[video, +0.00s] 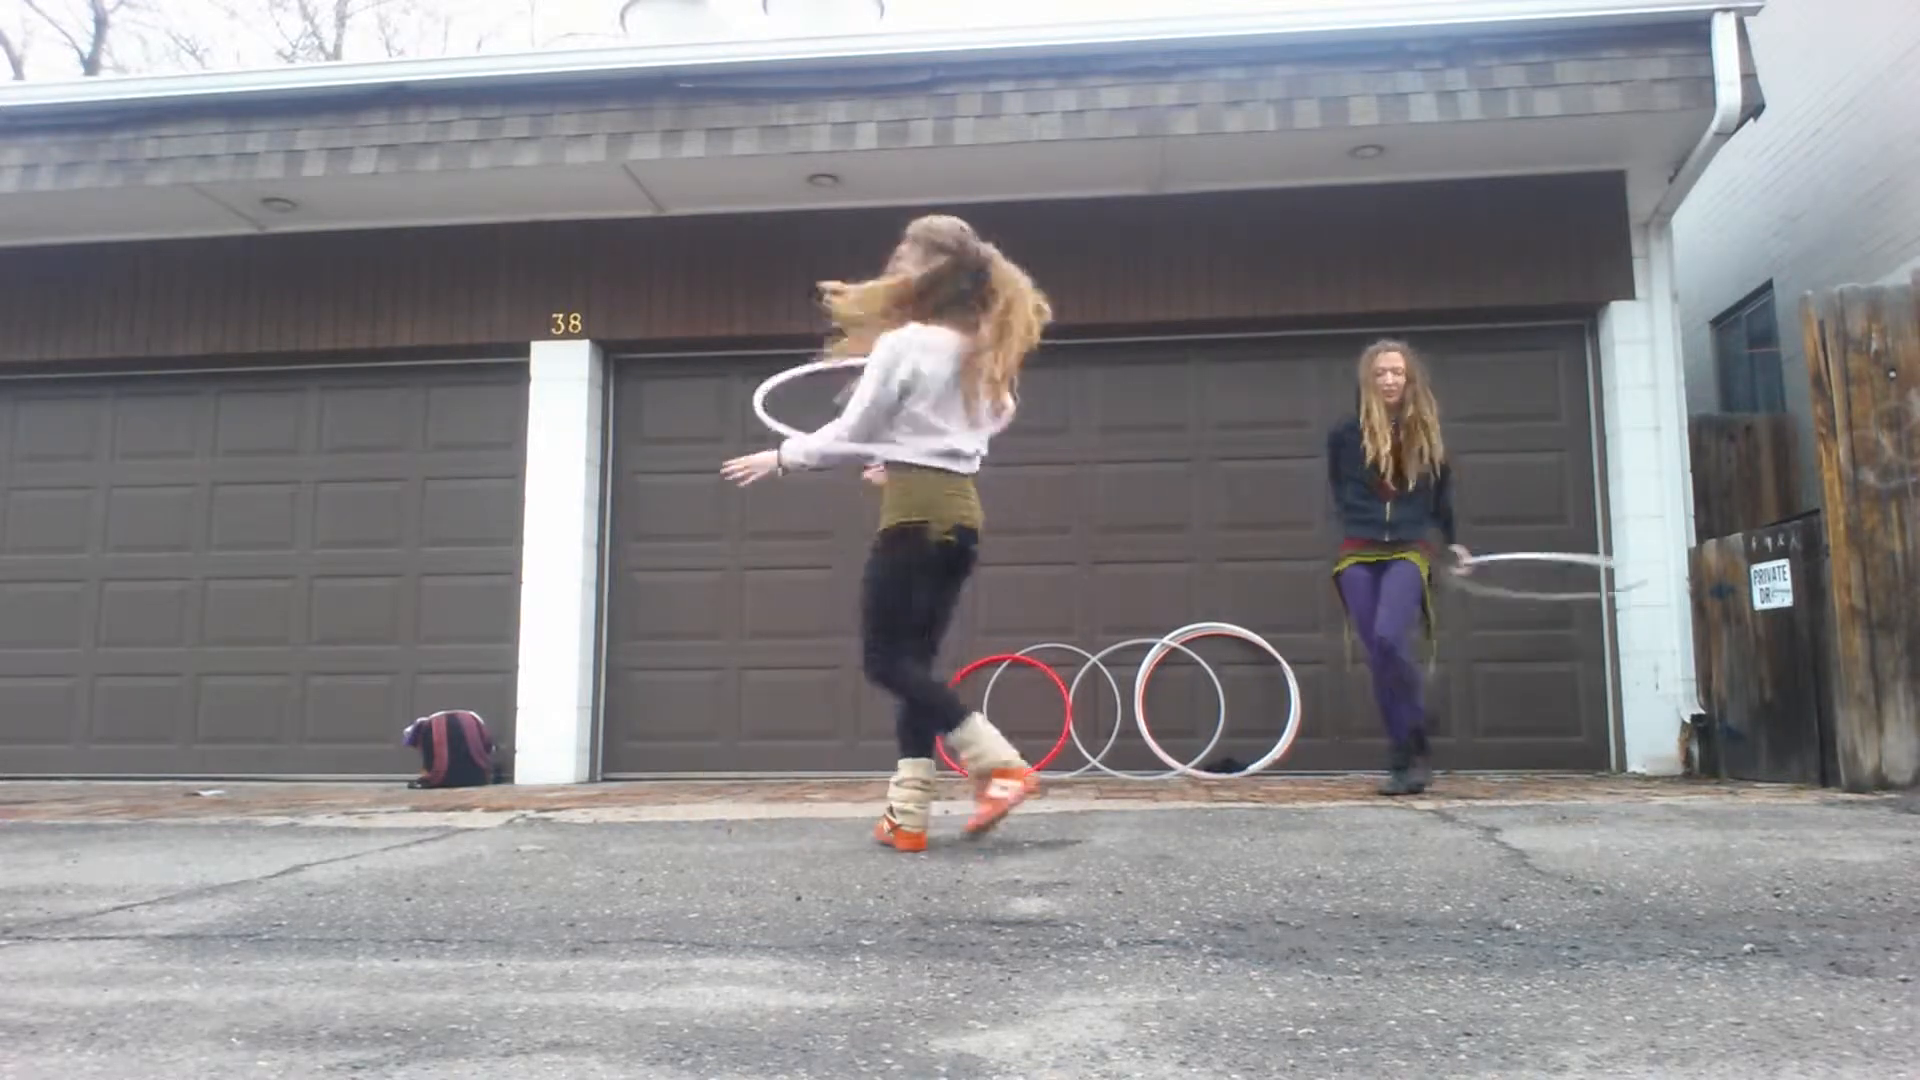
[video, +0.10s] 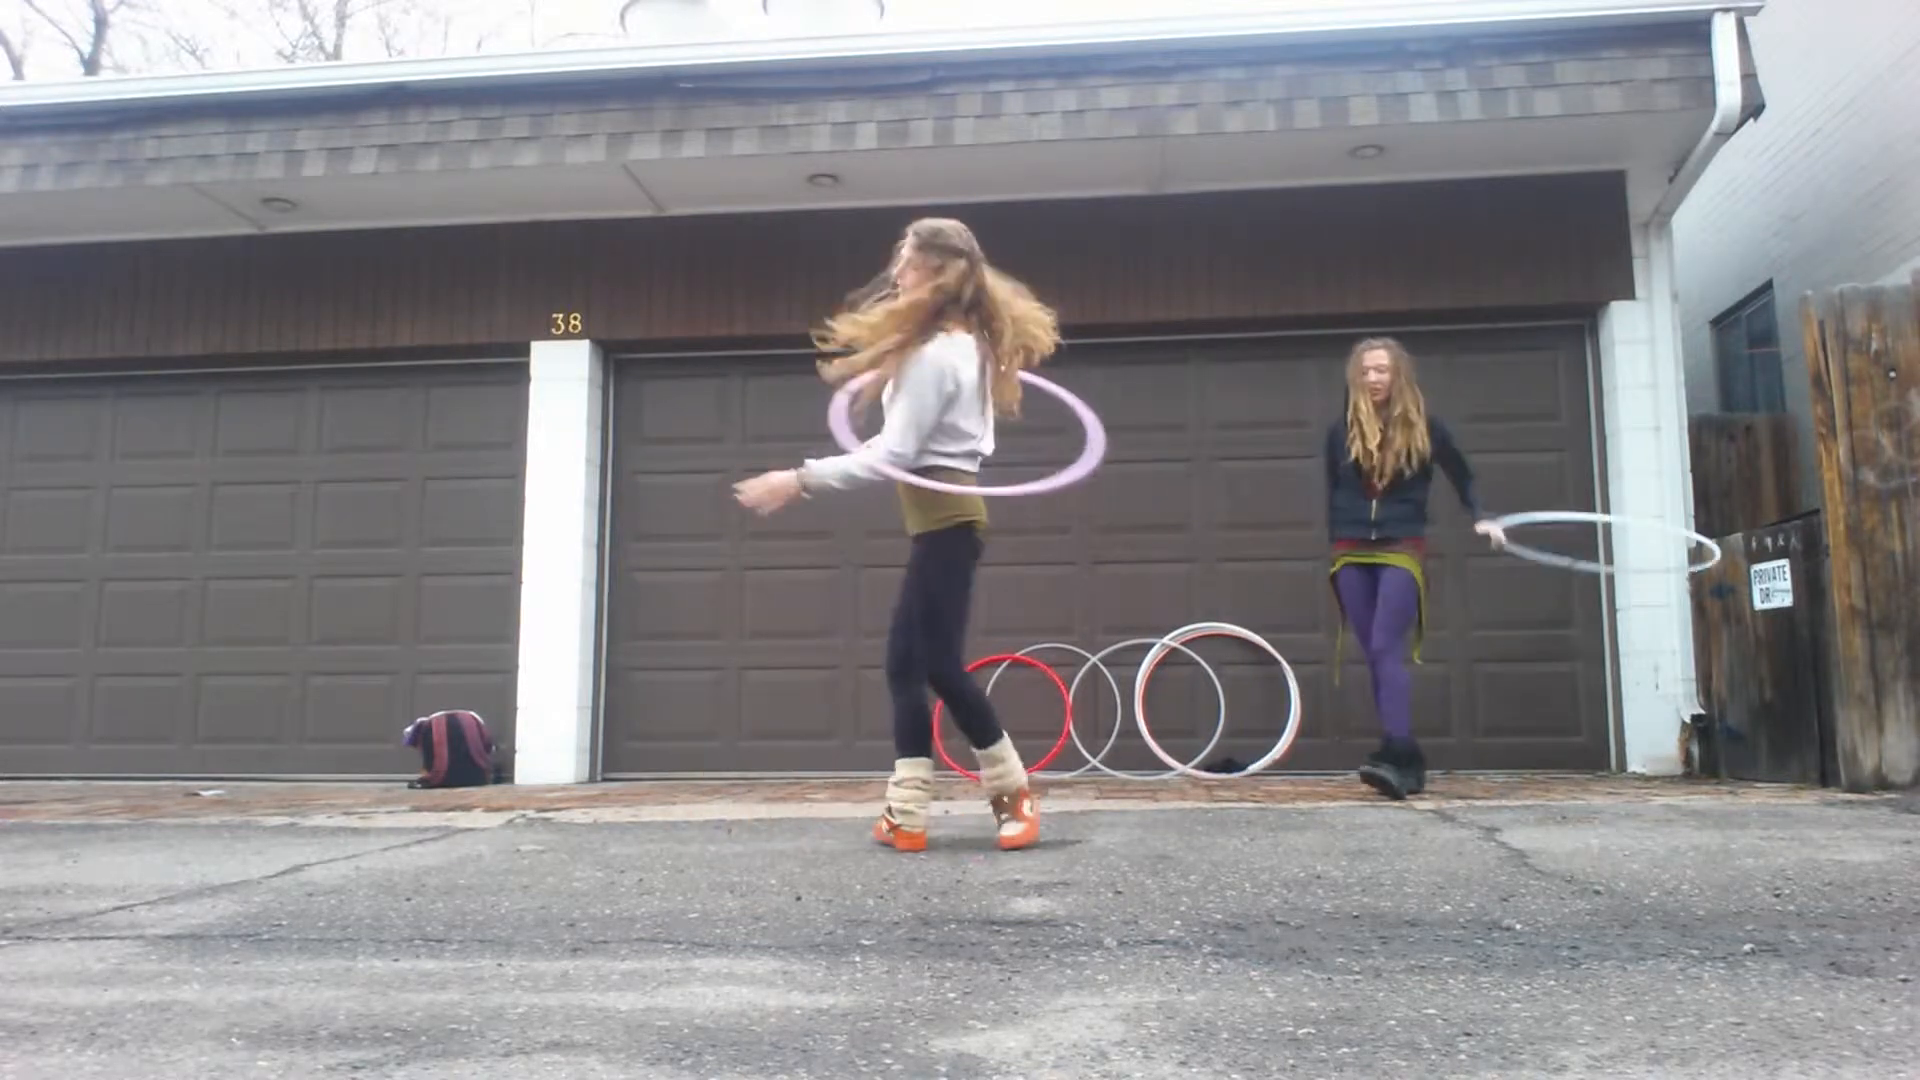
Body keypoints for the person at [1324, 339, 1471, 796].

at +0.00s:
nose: (1388, 381)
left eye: (1396, 373)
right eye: (1380, 373)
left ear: (1410, 380)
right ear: (1367, 380)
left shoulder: (1425, 436)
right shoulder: (1346, 436)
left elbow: (1441, 496)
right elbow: (1342, 497)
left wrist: (1453, 542)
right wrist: (1370, 528)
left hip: (1410, 549)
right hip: (1357, 549)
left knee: (1388, 636)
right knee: (1377, 647)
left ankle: (1414, 739)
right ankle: (1400, 757)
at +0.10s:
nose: (1374, 378)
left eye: (1382, 370)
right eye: (1366, 371)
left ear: (1398, 376)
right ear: (1357, 377)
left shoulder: (1423, 428)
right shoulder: (1342, 431)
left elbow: (1460, 475)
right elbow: (1335, 491)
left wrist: (1479, 517)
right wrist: (1338, 542)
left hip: (1401, 548)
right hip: (1350, 547)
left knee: (1385, 644)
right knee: (1373, 652)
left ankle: (1396, 755)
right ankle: (1405, 758)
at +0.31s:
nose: (1349, 374)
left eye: (1358, 365)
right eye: (1348, 365)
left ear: (1384, 368)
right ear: (1349, 373)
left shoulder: (1410, 421)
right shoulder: (1346, 423)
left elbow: (1376, 442)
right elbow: (1317, 466)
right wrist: (1269, 484)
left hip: (1394, 545)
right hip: (1355, 545)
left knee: (1374, 646)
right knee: (1359, 650)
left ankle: (1387, 763)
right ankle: (1405, 756)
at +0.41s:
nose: (1346, 368)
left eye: (1354, 359)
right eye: (1345, 360)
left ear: (1380, 362)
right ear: (1349, 365)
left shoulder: (1400, 408)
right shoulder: (1354, 412)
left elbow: (1346, 408)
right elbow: (1302, 451)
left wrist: (1282, 382)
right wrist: (1261, 428)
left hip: (1385, 543)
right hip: (1355, 544)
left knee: (1362, 651)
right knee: (1349, 659)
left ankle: (1385, 764)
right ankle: (1410, 750)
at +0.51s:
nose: (1341, 366)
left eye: (1349, 358)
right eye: (1341, 358)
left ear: (1374, 360)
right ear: (1361, 363)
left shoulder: (1390, 399)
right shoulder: (1360, 407)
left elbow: (1326, 399)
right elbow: (1304, 427)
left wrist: (1270, 366)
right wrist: (1270, 388)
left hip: (1377, 534)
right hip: (1361, 534)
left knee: (1348, 650)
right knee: (1337, 656)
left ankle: (1386, 762)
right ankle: (1404, 747)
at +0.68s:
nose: (1330, 357)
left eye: (1337, 349)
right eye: (1332, 348)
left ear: (1355, 354)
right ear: (1375, 355)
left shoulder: (1363, 394)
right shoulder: (1372, 395)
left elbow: (1284, 390)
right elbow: (1320, 392)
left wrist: (1258, 349)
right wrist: (1295, 351)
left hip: (1354, 533)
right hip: (1363, 529)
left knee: (1340, 651)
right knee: (1334, 650)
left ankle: (1381, 763)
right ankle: (1381, 758)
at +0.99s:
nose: (1315, 361)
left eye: (1319, 354)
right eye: (1318, 353)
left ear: (1333, 354)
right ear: (1364, 354)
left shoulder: (1330, 394)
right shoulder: (1391, 403)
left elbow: (1306, 458)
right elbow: (1396, 468)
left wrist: (1277, 512)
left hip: (1335, 533)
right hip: (1377, 534)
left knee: (1322, 641)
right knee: (1369, 645)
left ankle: (1352, 756)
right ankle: (1383, 760)